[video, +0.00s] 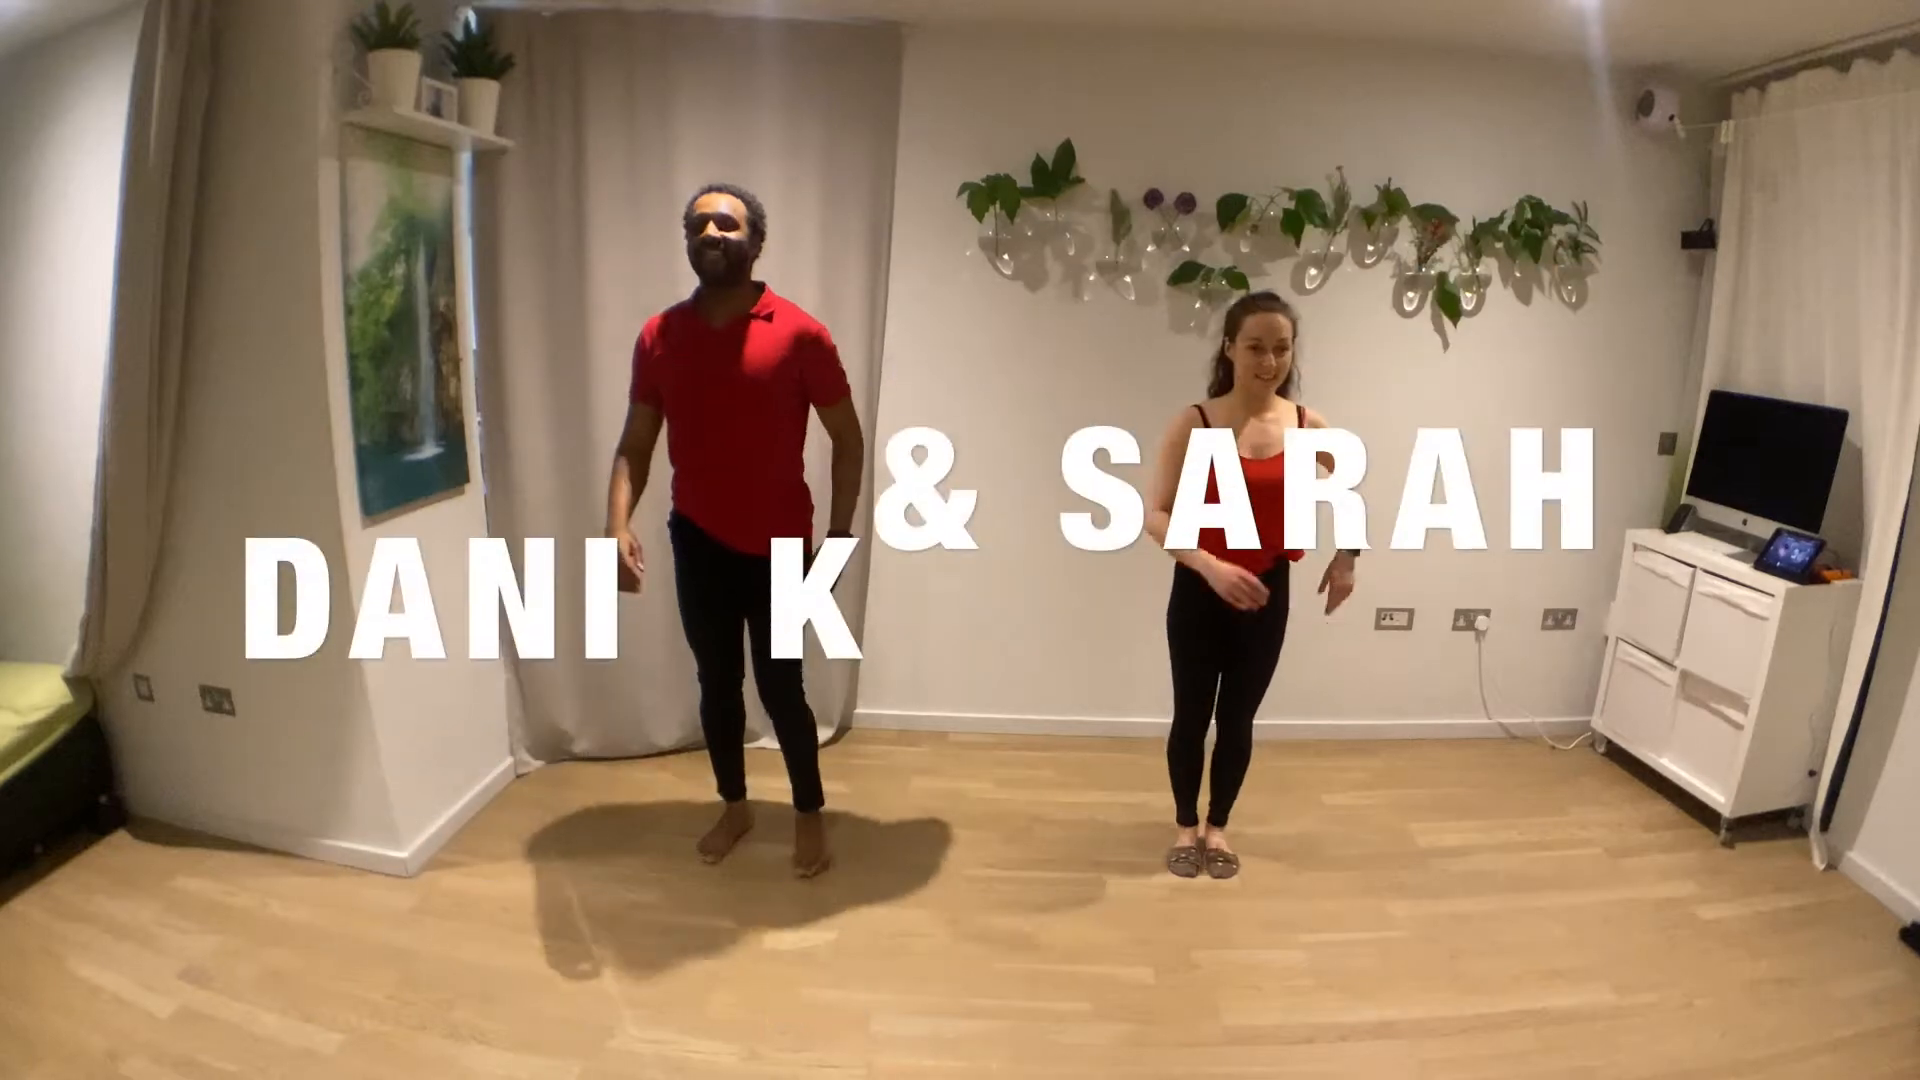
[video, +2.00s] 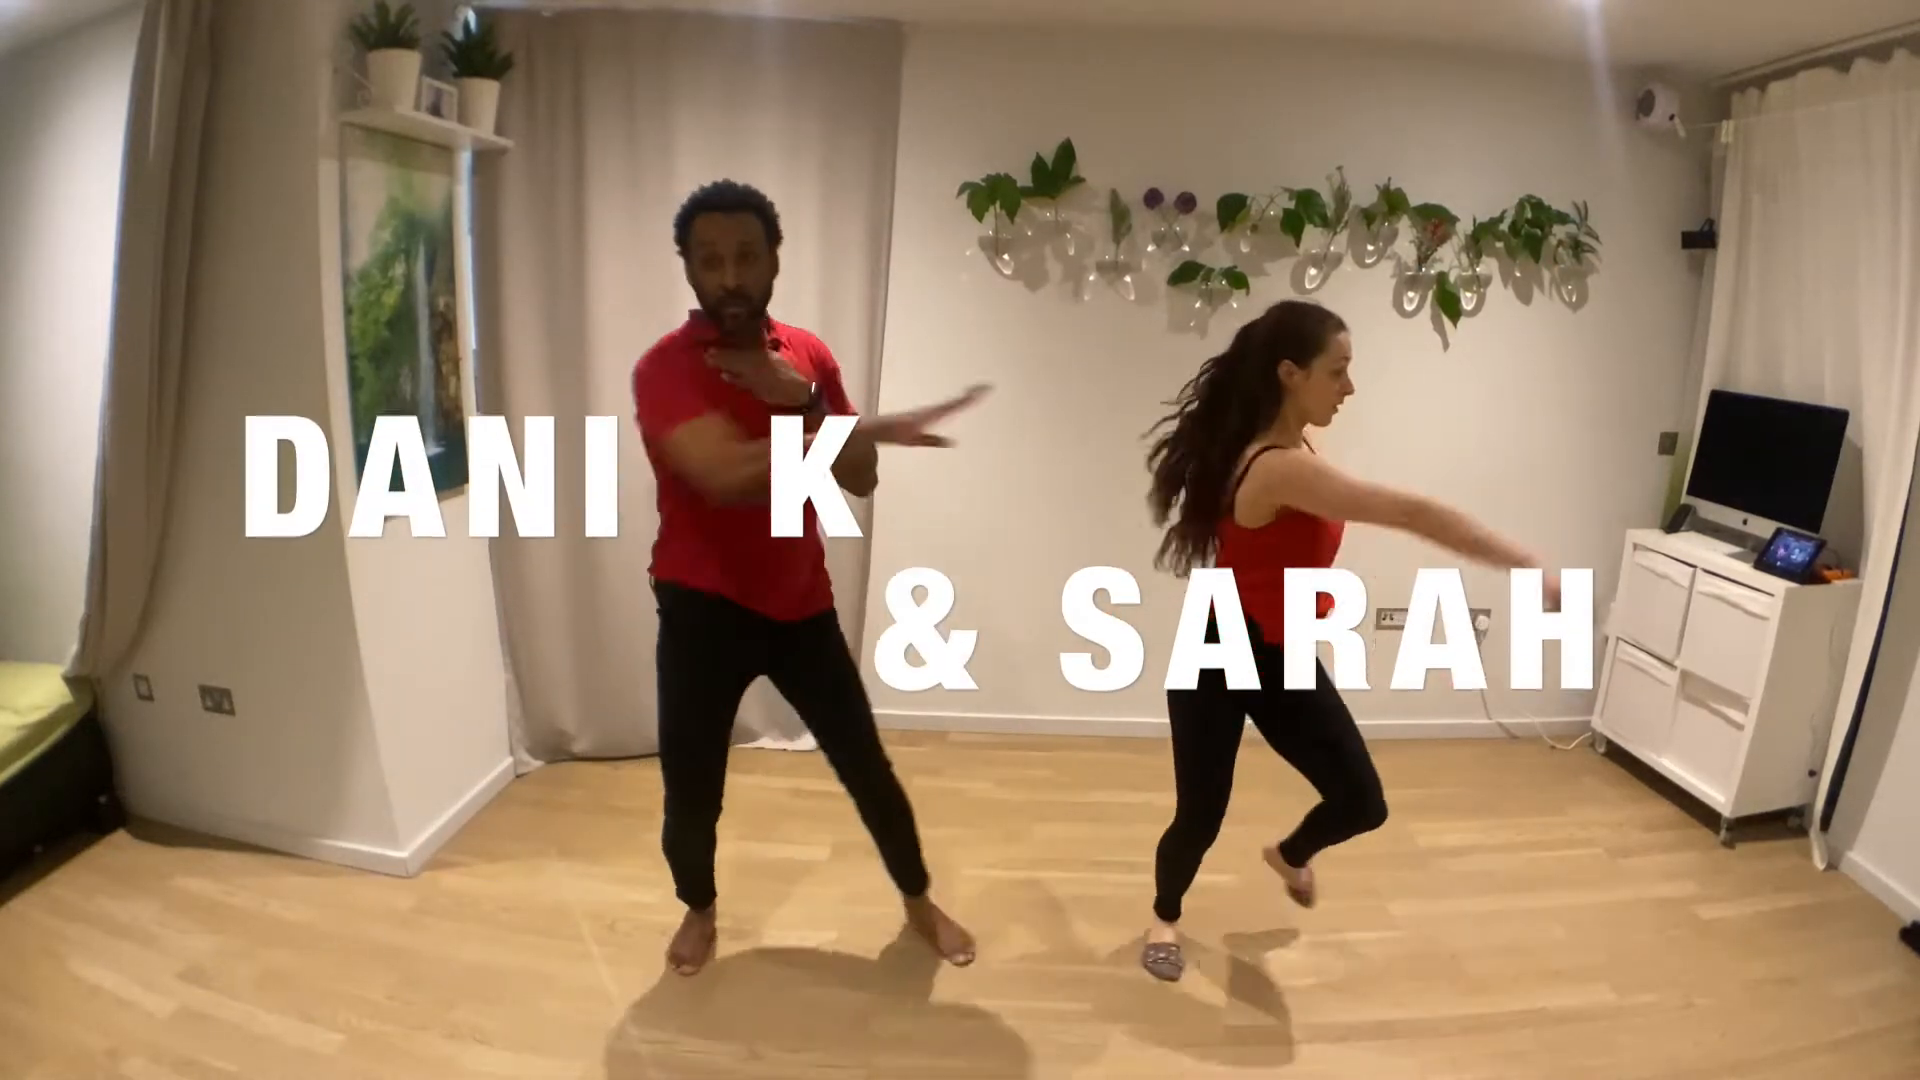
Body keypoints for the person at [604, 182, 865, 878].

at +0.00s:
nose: (712, 232)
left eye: (728, 223)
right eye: (700, 224)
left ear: (756, 243)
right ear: (685, 244)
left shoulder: (799, 334)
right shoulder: (661, 336)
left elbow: (848, 440)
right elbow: (636, 445)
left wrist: (839, 538)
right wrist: (619, 524)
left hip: (780, 541)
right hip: (700, 535)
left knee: (779, 687)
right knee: (717, 680)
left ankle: (808, 814)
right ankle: (733, 805)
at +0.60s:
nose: (735, 251)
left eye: (753, 237)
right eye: (723, 238)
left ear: (790, 250)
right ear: (709, 252)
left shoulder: (834, 358)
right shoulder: (685, 345)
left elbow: (870, 491)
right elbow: (667, 421)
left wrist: (770, 556)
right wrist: (680, 508)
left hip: (826, 577)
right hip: (740, 577)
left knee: (820, 716)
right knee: (759, 757)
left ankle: (815, 823)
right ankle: (812, 909)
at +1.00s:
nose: (716, 260)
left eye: (738, 244)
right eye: (701, 244)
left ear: (776, 255)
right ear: (687, 256)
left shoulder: (828, 366)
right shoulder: (677, 379)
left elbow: (920, 489)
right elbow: (654, 495)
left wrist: (841, 595)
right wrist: (649, 522)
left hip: (789, 630)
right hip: (699, 622)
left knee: (742, 814)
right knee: (734, 815)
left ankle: (836, 929)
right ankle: (825, 941)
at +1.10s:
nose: (706, 261)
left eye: (728, 244)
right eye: (692, 244)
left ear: (767, 255)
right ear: (677, 254)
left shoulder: (825, 370)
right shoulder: (660, 385)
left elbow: (921, 492)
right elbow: (642, 511)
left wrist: (825, 585)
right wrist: (633, 573)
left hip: (775, 637)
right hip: (686, 631)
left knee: (702, 838)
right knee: (724, 819)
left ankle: (751, 1024)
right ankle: (827, 950)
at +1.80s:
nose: (673, 259)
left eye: (694, 240)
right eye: (655, 239)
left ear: (726, 253)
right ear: (631, 253)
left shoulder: (790, 370)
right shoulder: (605, 373)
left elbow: (881, 473)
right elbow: (573, 465)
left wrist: (860, 547)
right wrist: (543, 542)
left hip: (773, 617)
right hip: (676, 613)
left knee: (739, 802)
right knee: (674, 799)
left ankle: (778, 952)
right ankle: (702, 909)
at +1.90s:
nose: (705, 266)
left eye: (722, 247)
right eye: (685, 249)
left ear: (751, 255)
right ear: (660, 262)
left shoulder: (807, 361)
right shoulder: (628, 372)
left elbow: (883, 477)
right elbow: (556, 478)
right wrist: (627, 477)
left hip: (786, 608)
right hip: (685, 605)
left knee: (804, 792)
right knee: (673, 791)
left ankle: (860, 881)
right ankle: (702, 905)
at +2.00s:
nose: (727, 280)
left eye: (745, 260)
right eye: (707, 261)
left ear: (775, 264)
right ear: (687, 269)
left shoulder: (807, 356)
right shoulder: (665, 370)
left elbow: (859, 480)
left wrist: (802, 401)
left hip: (797, 604)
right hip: (702, 607)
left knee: (865, 766)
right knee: (689, 783)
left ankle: (920, 903)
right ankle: (697, 910)